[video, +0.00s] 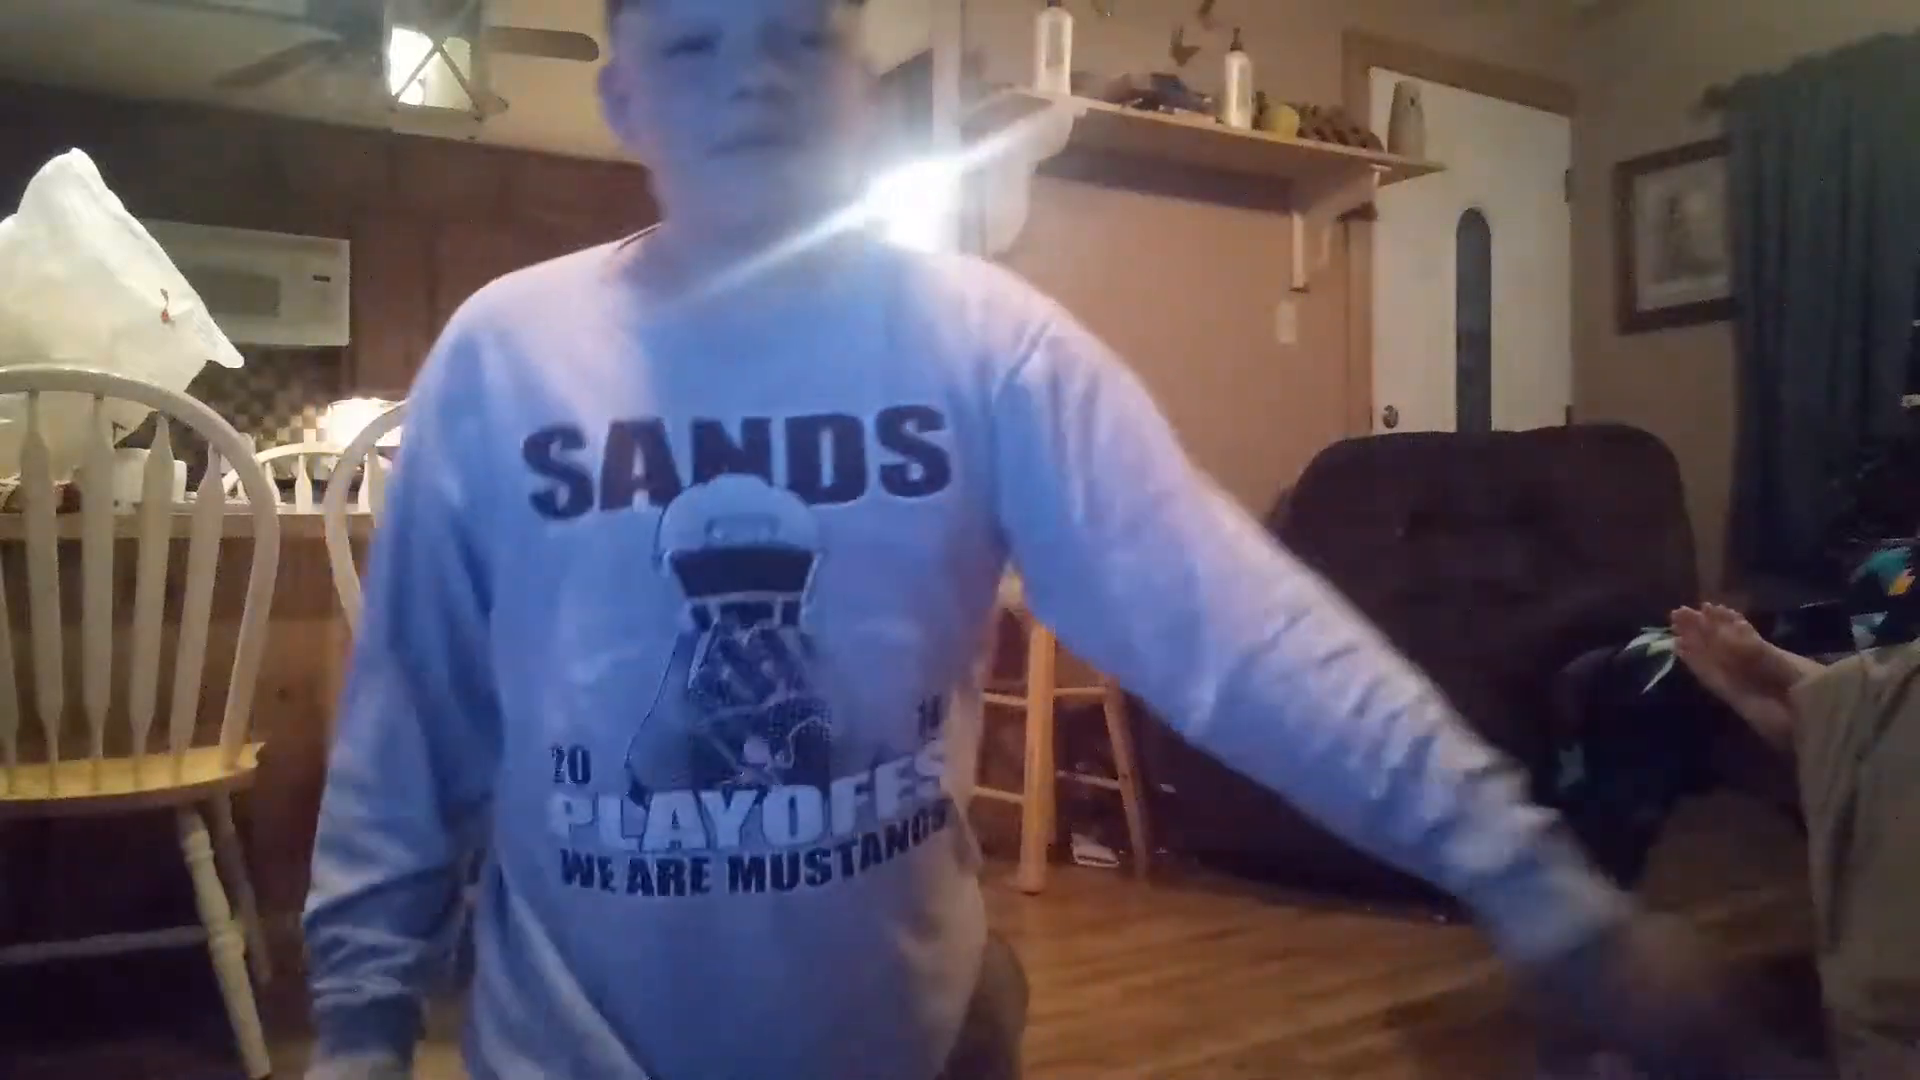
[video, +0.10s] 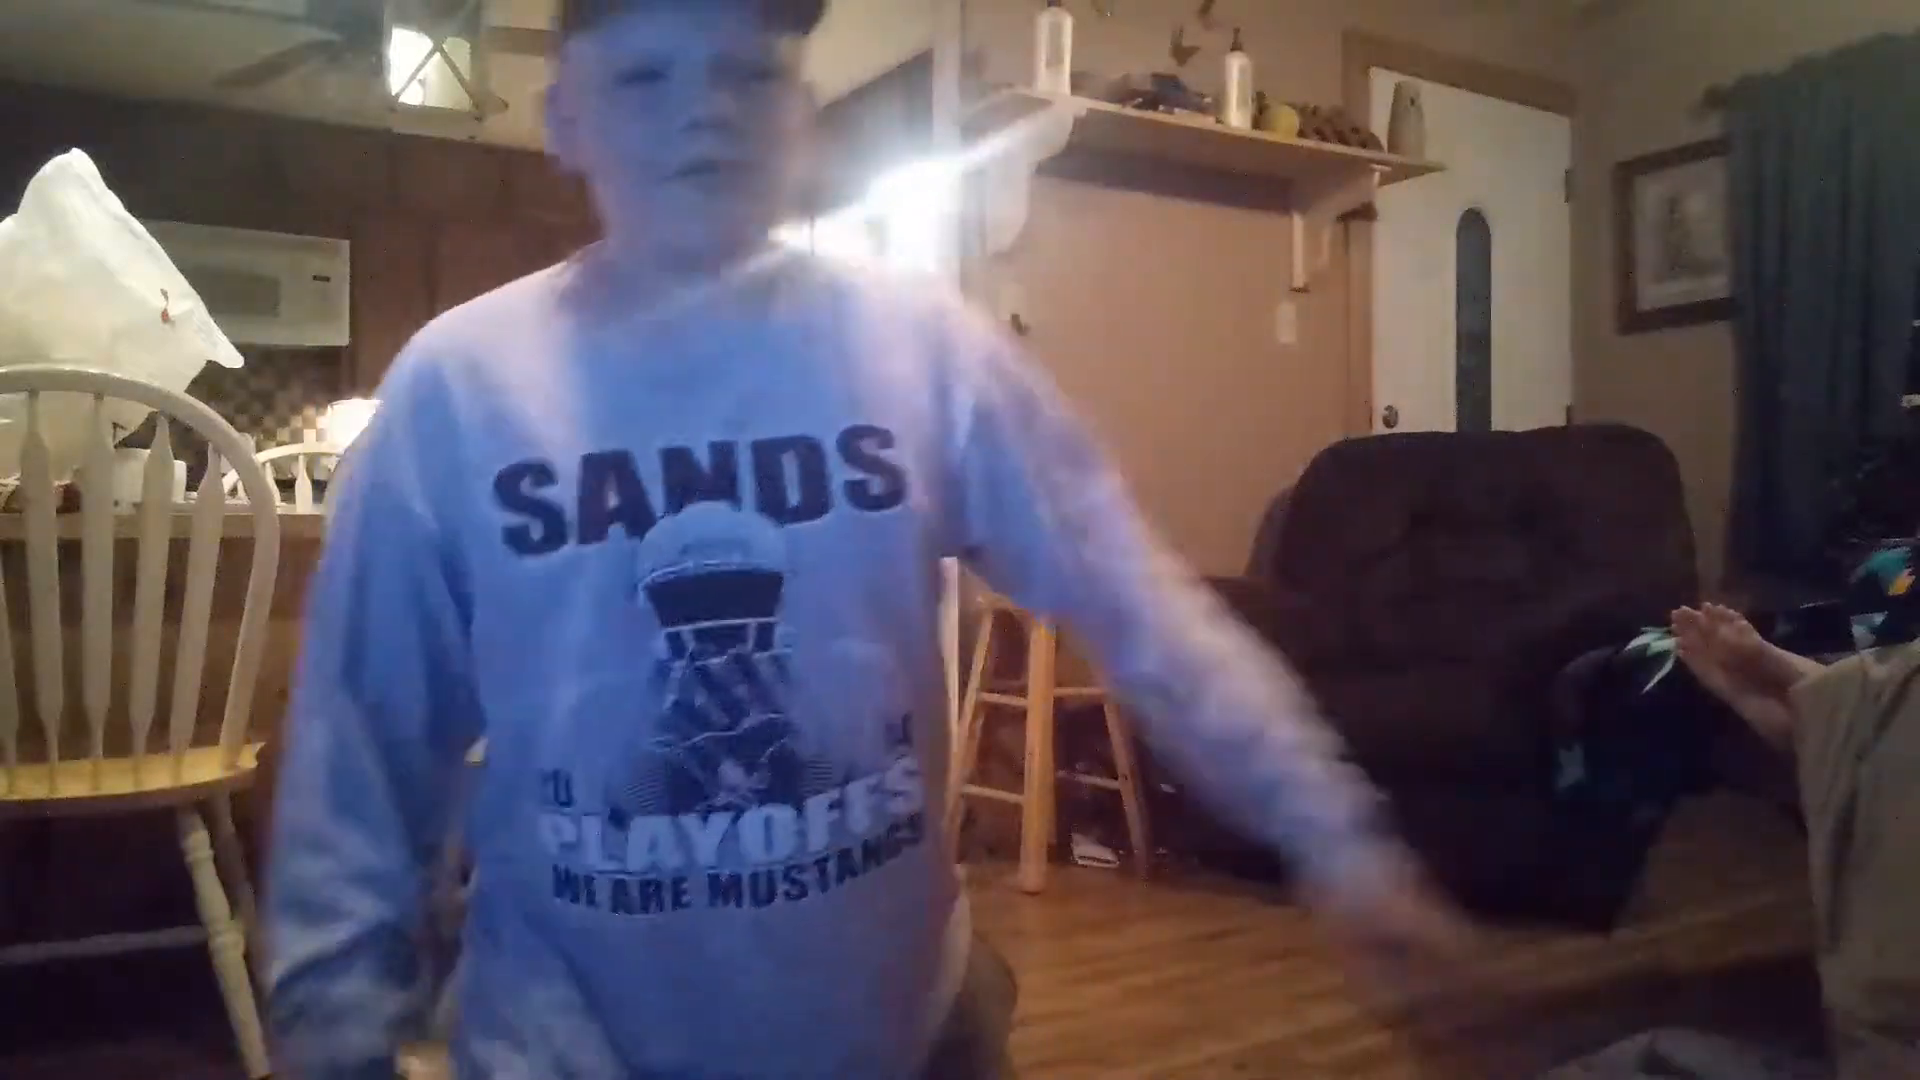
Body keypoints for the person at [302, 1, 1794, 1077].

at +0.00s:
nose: (761, 74)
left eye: (800, 38)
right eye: (701, 40)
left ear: (864, 79)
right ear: (617, 93)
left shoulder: (984, 347)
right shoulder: (499, 355)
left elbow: (1241, 625)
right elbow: (397, 752)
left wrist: (1568, 909)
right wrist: (355, 1045)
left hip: (902, 1032)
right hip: (576, 1040)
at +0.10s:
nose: (705, 112)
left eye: (750, 72)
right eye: (649, 74)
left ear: (805, 109)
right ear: (562, 110)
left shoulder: (915, 346)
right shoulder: (458, 386)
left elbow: (1147, 610)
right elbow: (355, 774)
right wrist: (333, 1044)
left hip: (894, 1025)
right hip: (578, 1041)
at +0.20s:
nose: (652, 136)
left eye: (689, 97)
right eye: (590, 98)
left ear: (742, 129)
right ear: (500, 143)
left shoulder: (838, 346)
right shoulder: (406, 414)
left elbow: (982, 583)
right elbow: (322, 822)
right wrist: (337, 1058)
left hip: (875, 1016)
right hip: (574, 1040)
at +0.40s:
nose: (648, 143)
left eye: (684, 108)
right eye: (588, 104)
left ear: (718, 144)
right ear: (487, 138)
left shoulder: (769, 372)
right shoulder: (385, 364)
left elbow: (894, 634)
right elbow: (377, 782)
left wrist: (1008, 809)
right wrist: (547, 1057)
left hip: (791, 996)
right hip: (535, 1012)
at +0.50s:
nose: (691, 168)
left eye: (714, 138)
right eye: (637, 128)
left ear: (738, 173)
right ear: (523, 156)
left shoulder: (760, 410)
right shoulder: (417, 326)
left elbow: (889, 675)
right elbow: (336, 645)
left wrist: (1059, 871)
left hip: (739, 958)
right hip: (481, 961)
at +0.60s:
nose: (726, 190)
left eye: (747, 161)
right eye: (675, 153)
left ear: (767, 194)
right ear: (570, 184)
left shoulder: (782, 451)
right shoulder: (482, 313)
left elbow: (899, 702)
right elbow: (276, 535)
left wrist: (1080, 885)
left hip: (733, 992)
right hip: (494, 982)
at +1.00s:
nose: (646, 167)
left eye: (658, 137)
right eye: (591, 132)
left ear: (675, 163)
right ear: (467, 161)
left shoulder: (699, 378)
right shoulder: (369, 344)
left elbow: (781, 620)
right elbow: (155, 511)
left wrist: (960, 725)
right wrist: (508, 600)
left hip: (720, 989)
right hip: (459, 1017)